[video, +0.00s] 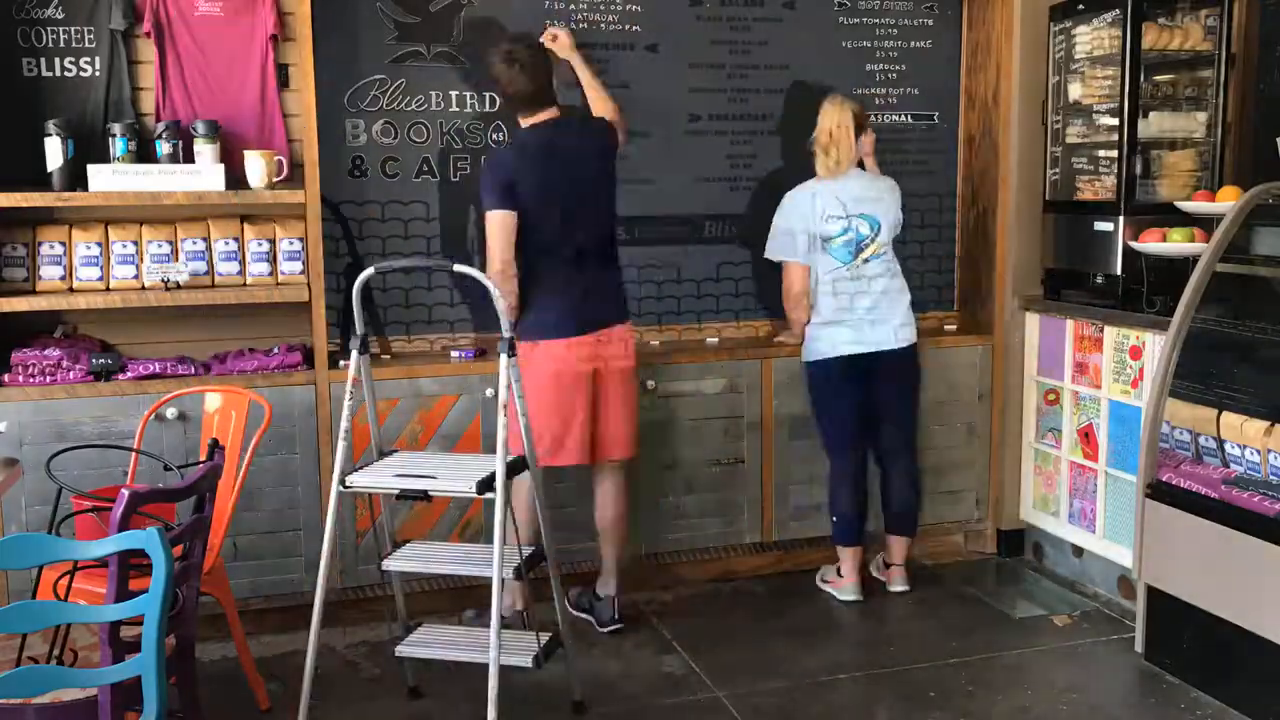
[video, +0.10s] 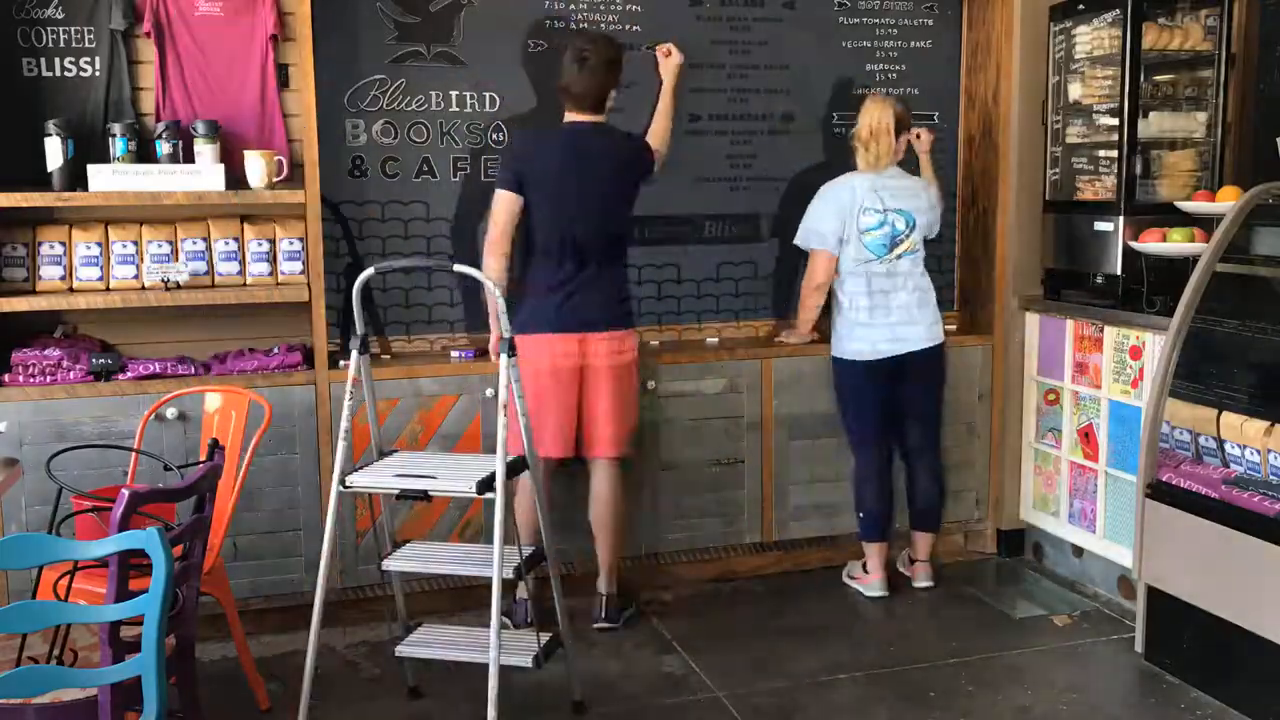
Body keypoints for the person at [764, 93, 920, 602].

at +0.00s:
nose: (869, 139)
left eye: (865, 131)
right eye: (867, 131)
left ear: (817, 139)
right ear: (860, 137)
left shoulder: (799, 200)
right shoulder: (886, 191)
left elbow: (796, 292)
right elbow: (884, 215)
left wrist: (804, 334)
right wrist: (869, 164)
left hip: (833, 349)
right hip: (894, 344)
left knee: (846, 458)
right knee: (898, 450)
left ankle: (849, 574)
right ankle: (897, 568)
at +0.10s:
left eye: (859, 125)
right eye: (899, 130)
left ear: (857, 134)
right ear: (899, 137)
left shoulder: (837, 194)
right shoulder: (917, 189)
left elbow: (818, 276)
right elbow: (933, 213)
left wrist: (802, 326)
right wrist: (925, 158)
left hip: (861, 349)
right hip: (922, 344)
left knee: (870, 454)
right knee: (923, 447)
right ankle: (922, 563)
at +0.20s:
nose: (814, 140)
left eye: (815, 135)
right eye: (821, 132)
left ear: (820, 140)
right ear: (865, 136)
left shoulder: (815, 198)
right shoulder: (884, 193)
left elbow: (808, 290)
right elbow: (878, 273)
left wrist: (789, 359)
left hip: (824, 361)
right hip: (879, 356)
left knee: (805, 458)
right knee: (864, 453)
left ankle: (816, 573)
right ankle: (860, 568)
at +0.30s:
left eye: (808, 135)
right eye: (842, 132)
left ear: (807, 138)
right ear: (854, 136)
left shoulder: (797, 202)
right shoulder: (888, 196)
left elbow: (786, 294)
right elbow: (902, 276)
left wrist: (790, 338)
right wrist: (871, 315)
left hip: (821, 359)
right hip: (885, 357)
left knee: (827, 465)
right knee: (891, 459)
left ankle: (819, 577)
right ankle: (897, 567)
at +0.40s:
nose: (901, 139)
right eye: (898, 132)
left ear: (853, 138)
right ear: (900, 140)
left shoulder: (839, 196)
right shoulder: (922, 194)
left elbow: (824, 273)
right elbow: (919, 235)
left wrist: (801, 324)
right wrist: (905, 173)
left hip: (865, 354)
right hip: (928, 348)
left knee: (869, 459)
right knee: (935, 448)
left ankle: (862, 574)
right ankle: (939, 562)